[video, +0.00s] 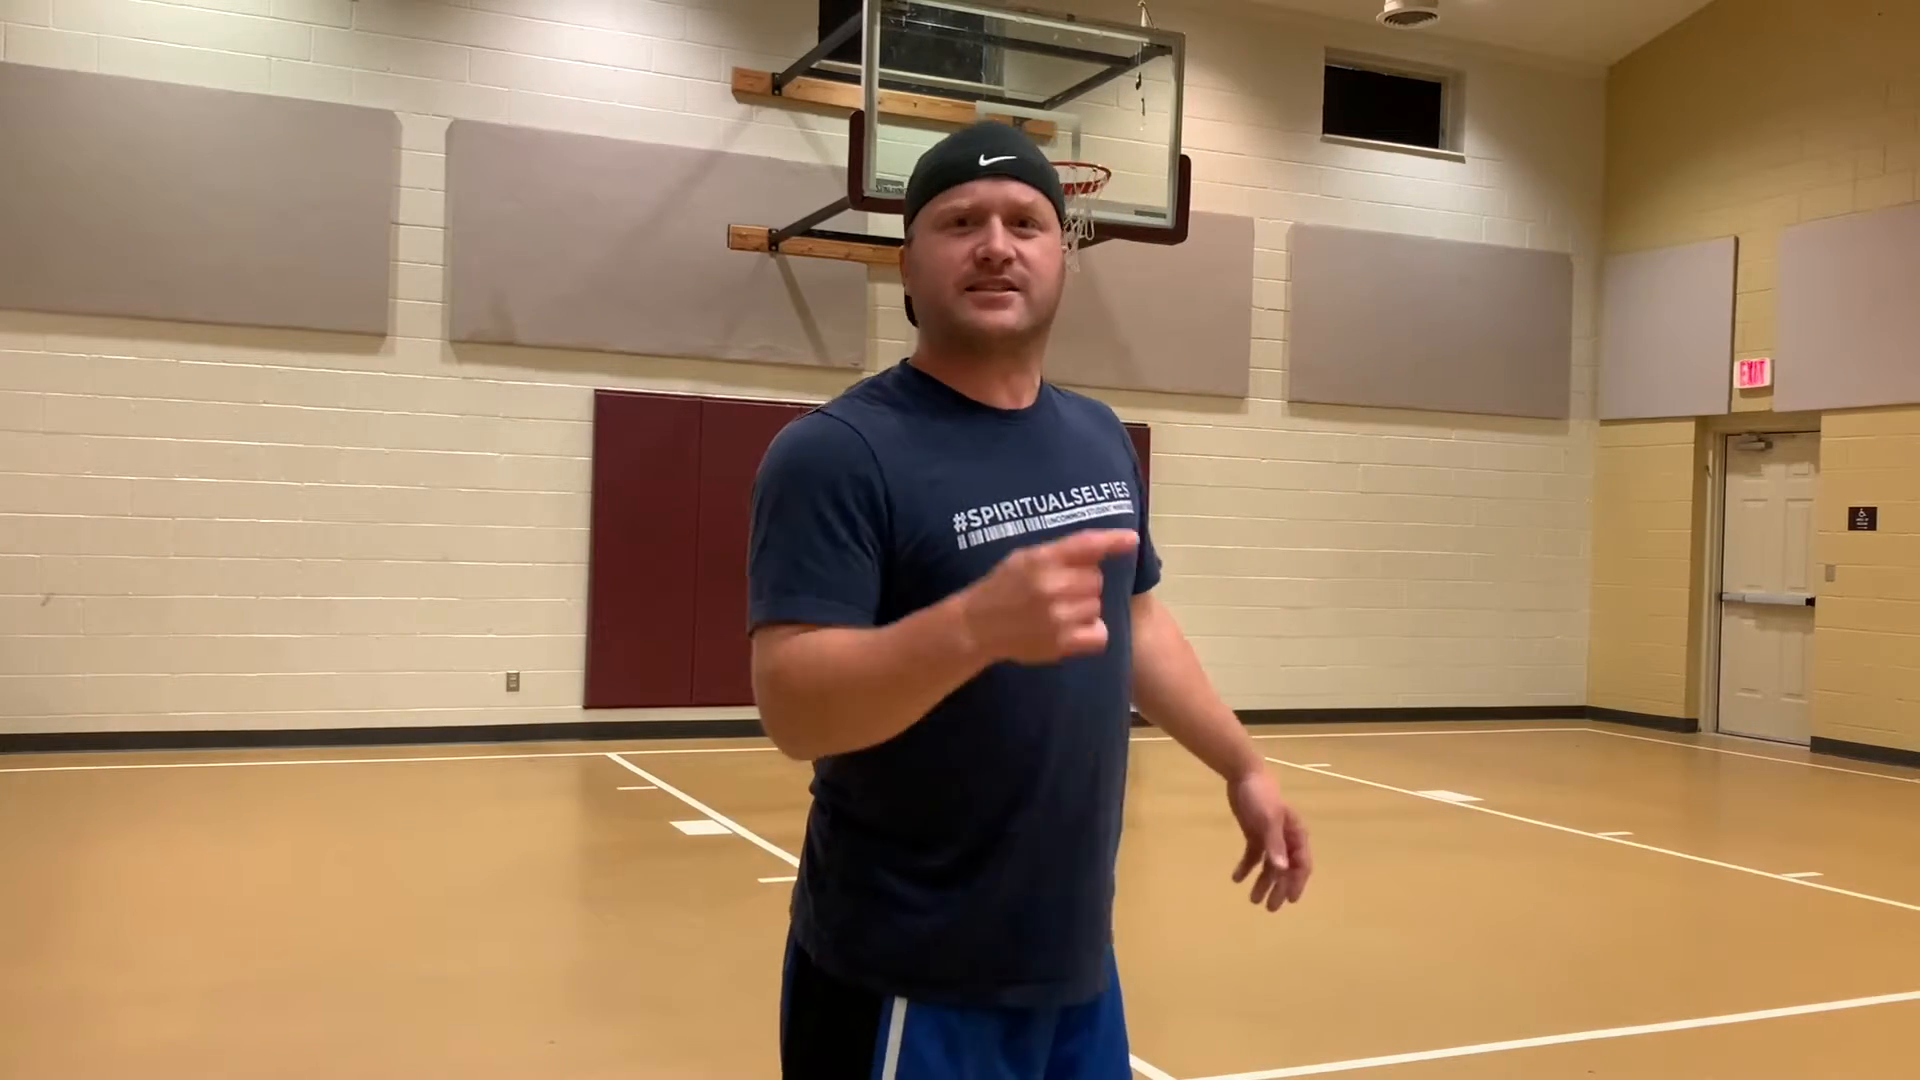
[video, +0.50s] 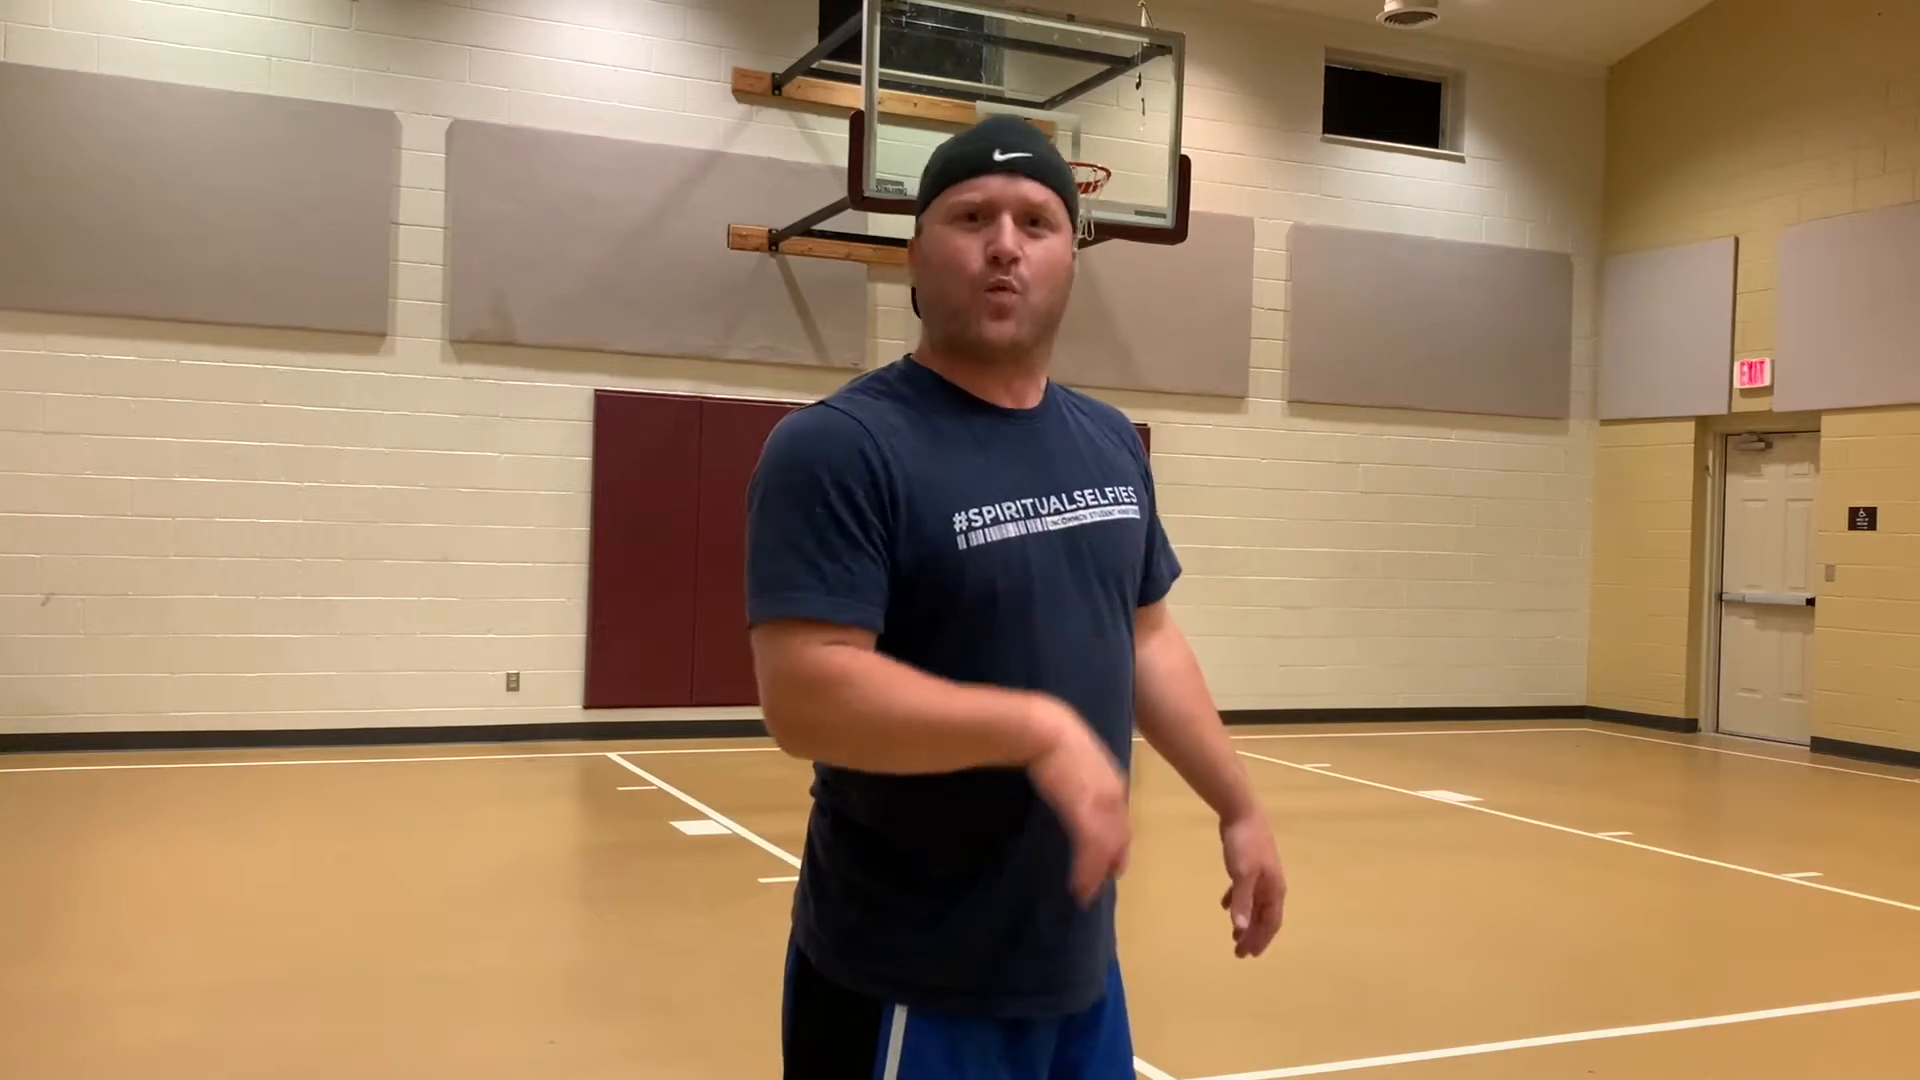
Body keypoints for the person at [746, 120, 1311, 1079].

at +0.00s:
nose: (995, 247)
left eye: (1025, 223)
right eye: (960, 223)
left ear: (1065, 260)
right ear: (907, 263)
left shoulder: (1097, 437)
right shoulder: (835, 455)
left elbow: (1134, 618)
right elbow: (797, 710)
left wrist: (1242, 763)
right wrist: (974, 626)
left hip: (1072, 954)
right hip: (901, 973)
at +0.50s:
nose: (1005, 246)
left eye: (1036, 223)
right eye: (971, 219)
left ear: (1073, 263)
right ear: (914, 257)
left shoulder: (1106, 443)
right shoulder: (837, 448)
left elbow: (1147, 633)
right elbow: (806, 694)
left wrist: (1238, 804)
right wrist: (1039, 730)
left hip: (1076, 960)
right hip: (903, 977)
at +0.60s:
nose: (1025, 271)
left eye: (1059, 248)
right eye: (997, 235)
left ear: (1092, 280)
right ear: (937, 248)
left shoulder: (1104, 445)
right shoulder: (834, 450)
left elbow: (1142, 635)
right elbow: (790, 694)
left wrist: (1236, 807)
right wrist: (997, 810)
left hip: (1079, 981)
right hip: (902, 994)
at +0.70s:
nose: (1030, 275)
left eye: (1066, 253)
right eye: (1003, 240)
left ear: (1099, 281)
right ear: (943, 251)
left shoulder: (1113, 448)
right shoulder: (838, 452)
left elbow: (1143, 641)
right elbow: (788, 698)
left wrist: (1224, 821)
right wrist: (942, 883)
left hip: (1076, 972)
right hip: (893, 986)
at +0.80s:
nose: (1023, 274)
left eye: (1056, 248)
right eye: (992, 242)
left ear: (1095, 269)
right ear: (936, 254)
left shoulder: (1118, 450)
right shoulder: (840, 453)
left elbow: (1147, 648)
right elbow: (794, 701)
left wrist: (1214, 833)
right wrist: (882, 947)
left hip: (1075, 969)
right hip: (902, 992)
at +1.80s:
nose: (1023, 280)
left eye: (1051, 254)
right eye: (988, 251)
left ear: (1084, 283)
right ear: (928, 278)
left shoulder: (1085, 439)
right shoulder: (869, 471)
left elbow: (1128, 608)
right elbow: (801, 714)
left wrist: (1207, 728)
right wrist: (864, 986)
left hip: (1046, 977)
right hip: (896, 995)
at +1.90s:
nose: (1060, 265)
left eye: (1075, 239)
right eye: (1018, 243)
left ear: (1099, 267)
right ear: (947, 289)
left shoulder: (1114, 433)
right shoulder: (906, 453)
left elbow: (1222, 616)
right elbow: (868, 695)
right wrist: (948, 945)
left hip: (1038, 954)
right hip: (884, 958)